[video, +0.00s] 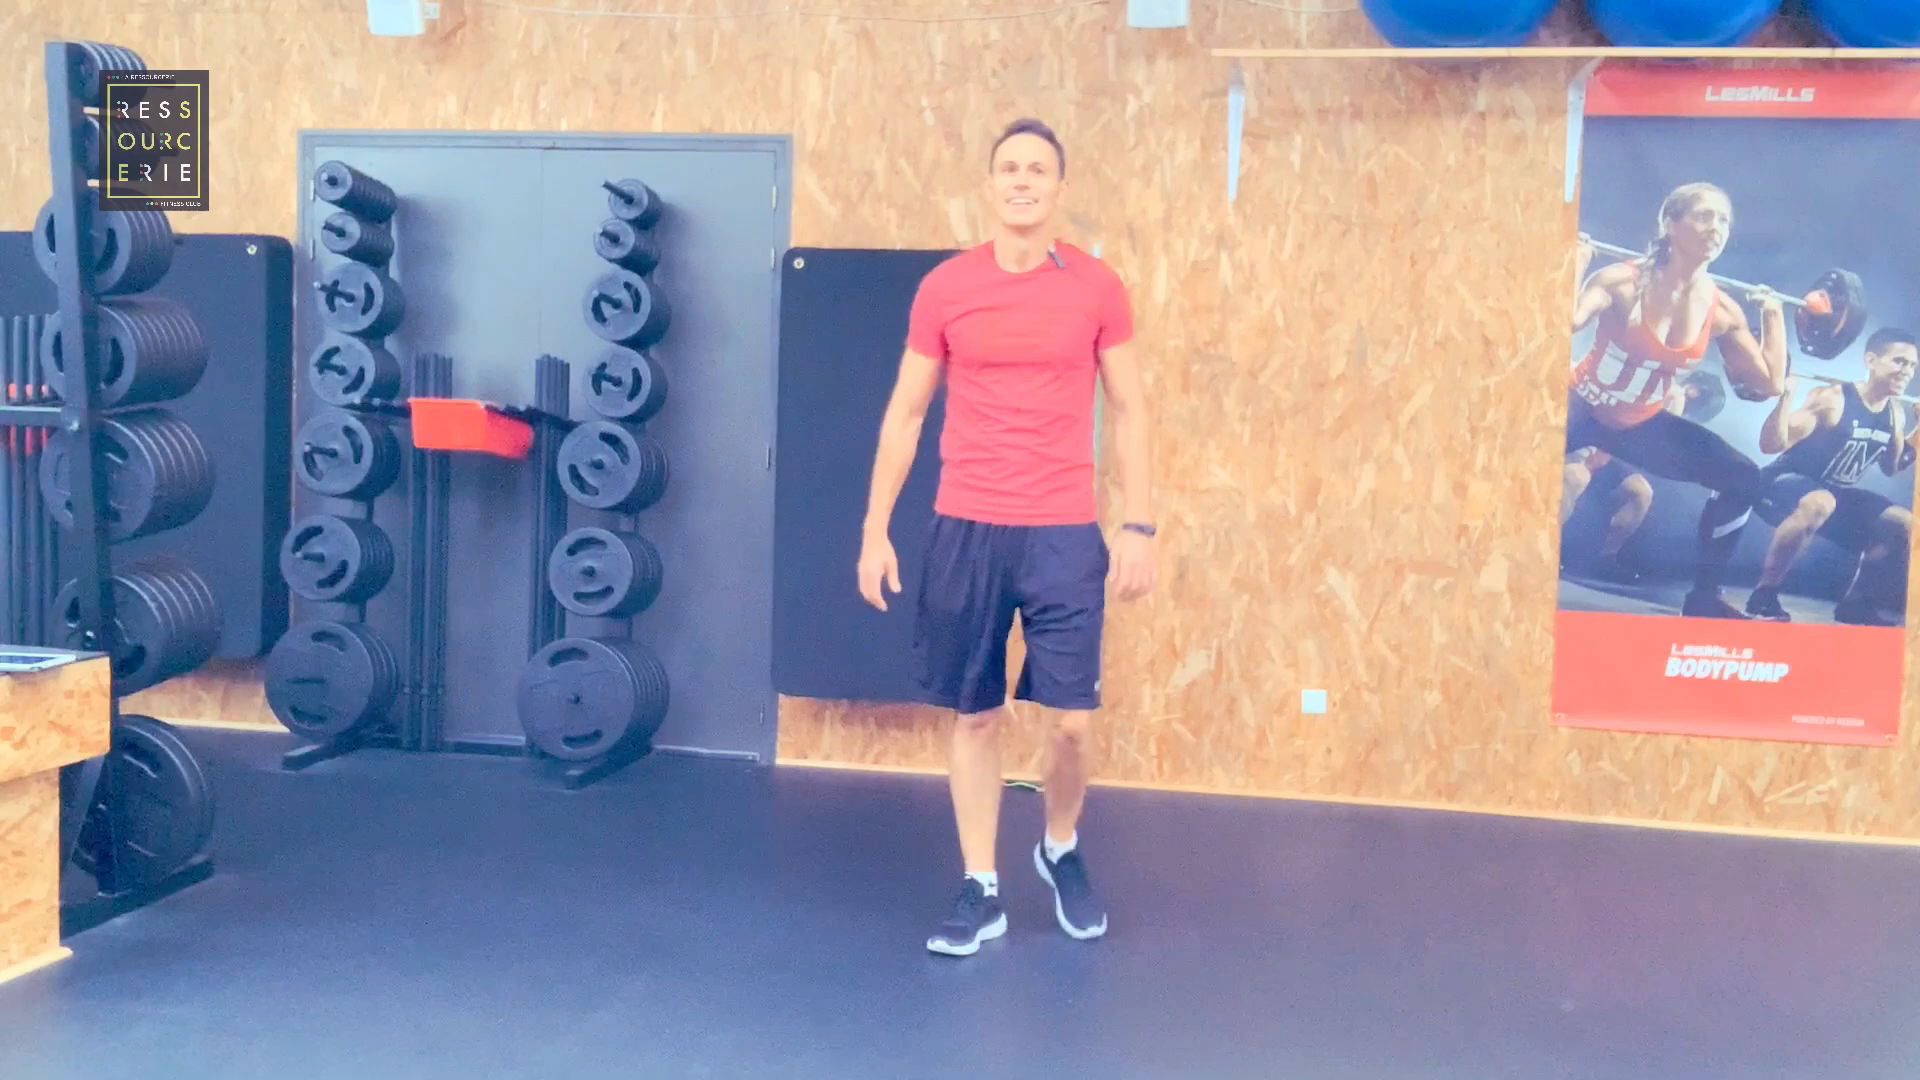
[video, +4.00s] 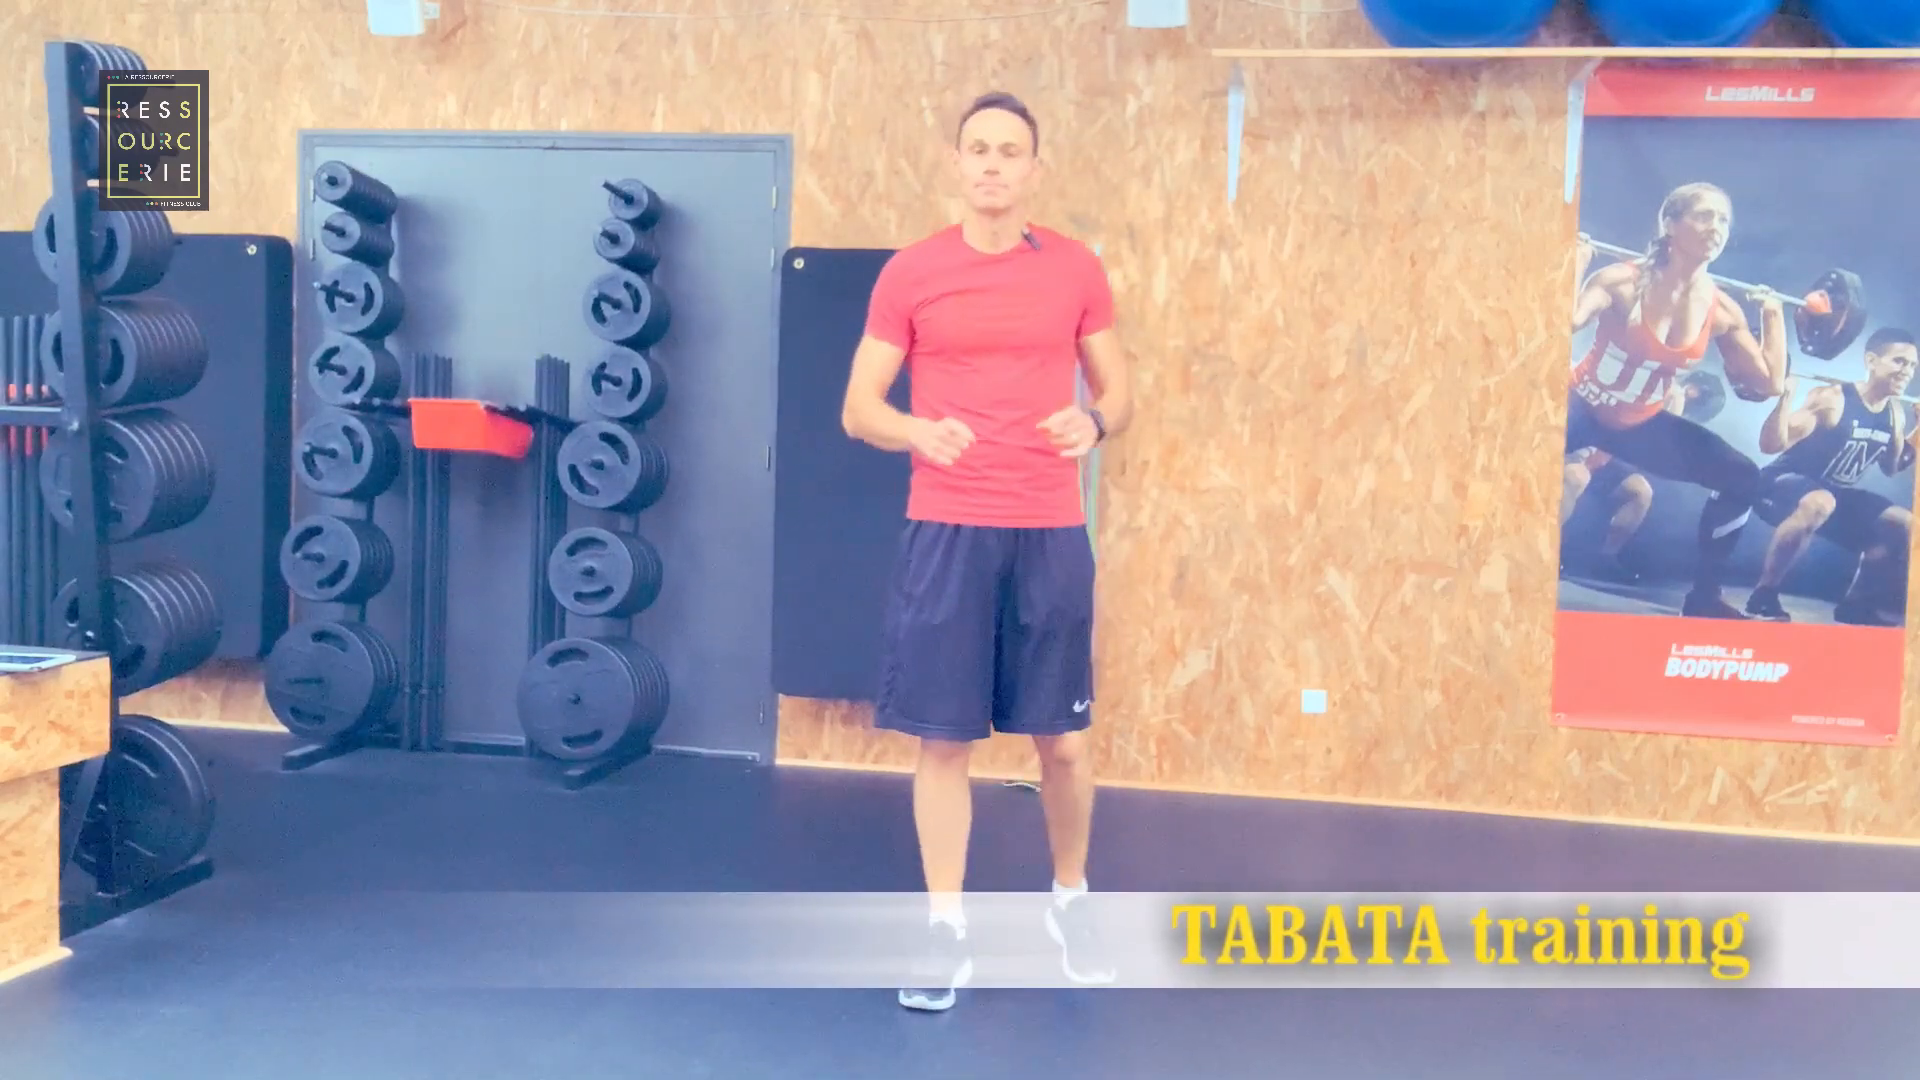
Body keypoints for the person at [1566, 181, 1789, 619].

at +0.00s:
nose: (1716, 228)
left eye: (1724, 220)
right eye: (1704, 216)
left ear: (1728, 233)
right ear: (1671, 223)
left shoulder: (1722, 310)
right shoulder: (1620, 279)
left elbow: (1769, 386)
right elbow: (1560, 325)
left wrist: (1773, 312)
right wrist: (1573, 269)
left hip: (1645, 424)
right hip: (1579, 408)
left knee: (1743, 478)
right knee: (1514, 450)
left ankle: (1704, 597)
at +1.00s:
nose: (1716, 228)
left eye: (1724, 221)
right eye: (1704, 216)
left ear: (1728, 234)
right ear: (1670, 223)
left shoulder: (1722, 310)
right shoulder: (1620, 279)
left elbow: (1768, 386)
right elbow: (1559, 325)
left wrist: (1773, 312)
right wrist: (1573, 269)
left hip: (1644, 425)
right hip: (1579, 409)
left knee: (1741, 477)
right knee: (1514, 448)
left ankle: (1705, 596)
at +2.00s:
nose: (1716, 228)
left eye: (1724, 221)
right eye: (1704, 216)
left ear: (1728, 234)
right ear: (1671, 224)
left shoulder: (1722, 310)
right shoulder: (1620, 279)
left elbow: (1768, 386)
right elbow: (1559, 324)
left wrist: (1773, 312)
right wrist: (1573, 269)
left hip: (1644, 425)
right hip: (1579, 409)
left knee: (1741, 477)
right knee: (1515, 447)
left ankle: (1705, 597)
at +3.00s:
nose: (1716, 228)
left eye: (1724, 220)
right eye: (1704, 216)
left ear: (1728, 234)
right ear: (1670, 224)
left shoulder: (1721, 310)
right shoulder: (1620, 280)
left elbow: (1769, 385)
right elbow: (1558, 325)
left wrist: (1773, 312)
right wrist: (1573, 268)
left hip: (1644, 425)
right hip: (1579, 408)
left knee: (1742, 478)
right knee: (1513, 451)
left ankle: (1705, 597)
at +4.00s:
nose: (1716, 228)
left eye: (1724, 221)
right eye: (1704, 216)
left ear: (1728, 234)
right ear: (1671, 224)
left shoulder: (1722, 310)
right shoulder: (1620, 280)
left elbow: (1769, 385)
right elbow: (1559, 325)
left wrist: (1773, 311)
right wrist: (1573, 270)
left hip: (1644, 425)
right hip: (1579, 409)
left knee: (1742, 477)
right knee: (1517, 446)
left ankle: (1705, 597)